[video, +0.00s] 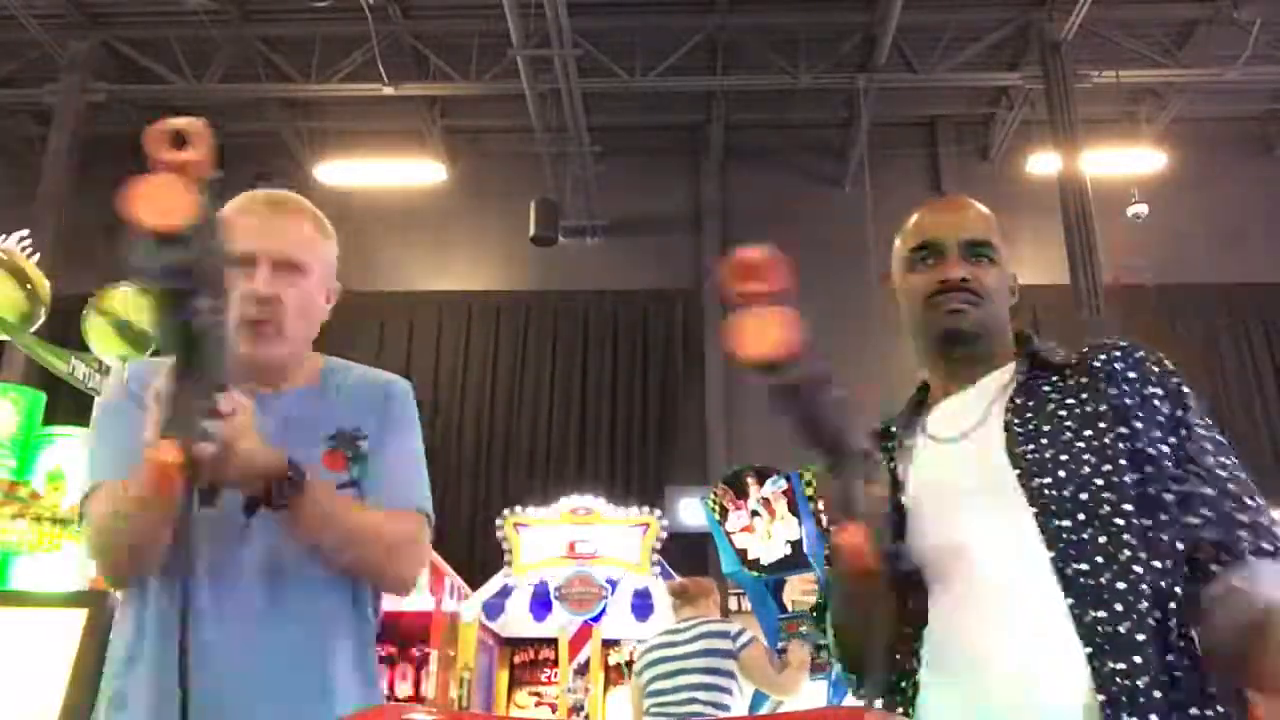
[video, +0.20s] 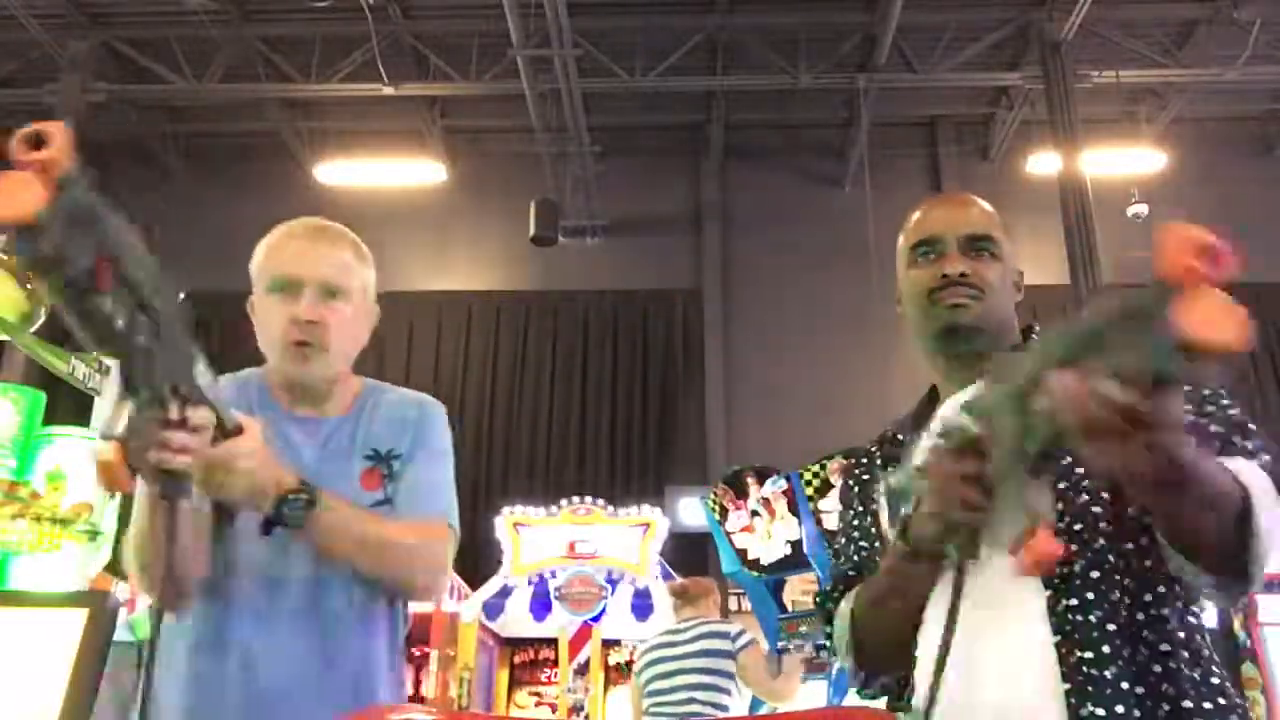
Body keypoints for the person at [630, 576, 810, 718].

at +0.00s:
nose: (721, 609)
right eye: (720, 603)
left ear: (674, 609)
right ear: (713, 601)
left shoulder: (646, 650)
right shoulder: (731, 632)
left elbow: (639, 714)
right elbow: (784, 688)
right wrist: (799, 661)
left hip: (660, 715)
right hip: (710, 713)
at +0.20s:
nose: (723, 609)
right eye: (721, 603)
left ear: (675, 609)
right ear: (714, 600)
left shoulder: (646, 650)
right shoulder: (731, 633)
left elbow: (639, 713)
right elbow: (778, 695)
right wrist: (794, 665)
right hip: (710, 712)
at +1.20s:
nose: (722, 609)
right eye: (720, 604)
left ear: (676, 612)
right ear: (716, 602)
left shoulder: (649, 649)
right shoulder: (733, 635)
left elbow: (645, 707)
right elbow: (790, 687)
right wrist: (800, 654)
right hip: (711, 713)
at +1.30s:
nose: (724, 610)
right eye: (722, 604)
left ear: (678, 612)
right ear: (717, 602)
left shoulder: (650, 649)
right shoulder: (734, 635)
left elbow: (646, 707)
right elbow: (791, 688)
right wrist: (801, 656)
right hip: (714, 712)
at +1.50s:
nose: (728, 610)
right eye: (725, 604)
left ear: (681, 611)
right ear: (720, 603)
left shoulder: (653, 647)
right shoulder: (739, 637)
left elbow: (651, 703)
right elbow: (794, 687)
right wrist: (801, 658)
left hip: (662, 714)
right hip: (716, 711)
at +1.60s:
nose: (728, 610)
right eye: (726, 603)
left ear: (681, 611)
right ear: (720, 603)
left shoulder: (653, 647)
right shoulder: (740, 637)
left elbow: (652, 703)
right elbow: (798, 687)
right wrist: (801, 660)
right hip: (715, 711)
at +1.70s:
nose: (728, 609)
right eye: (726, 603)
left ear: (682, 611)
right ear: (720, 604)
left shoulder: (654, 647)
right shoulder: (740, 637)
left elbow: (652, 702)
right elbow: (798, 687)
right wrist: (802, 659)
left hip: (662, 715)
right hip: (715, 712)